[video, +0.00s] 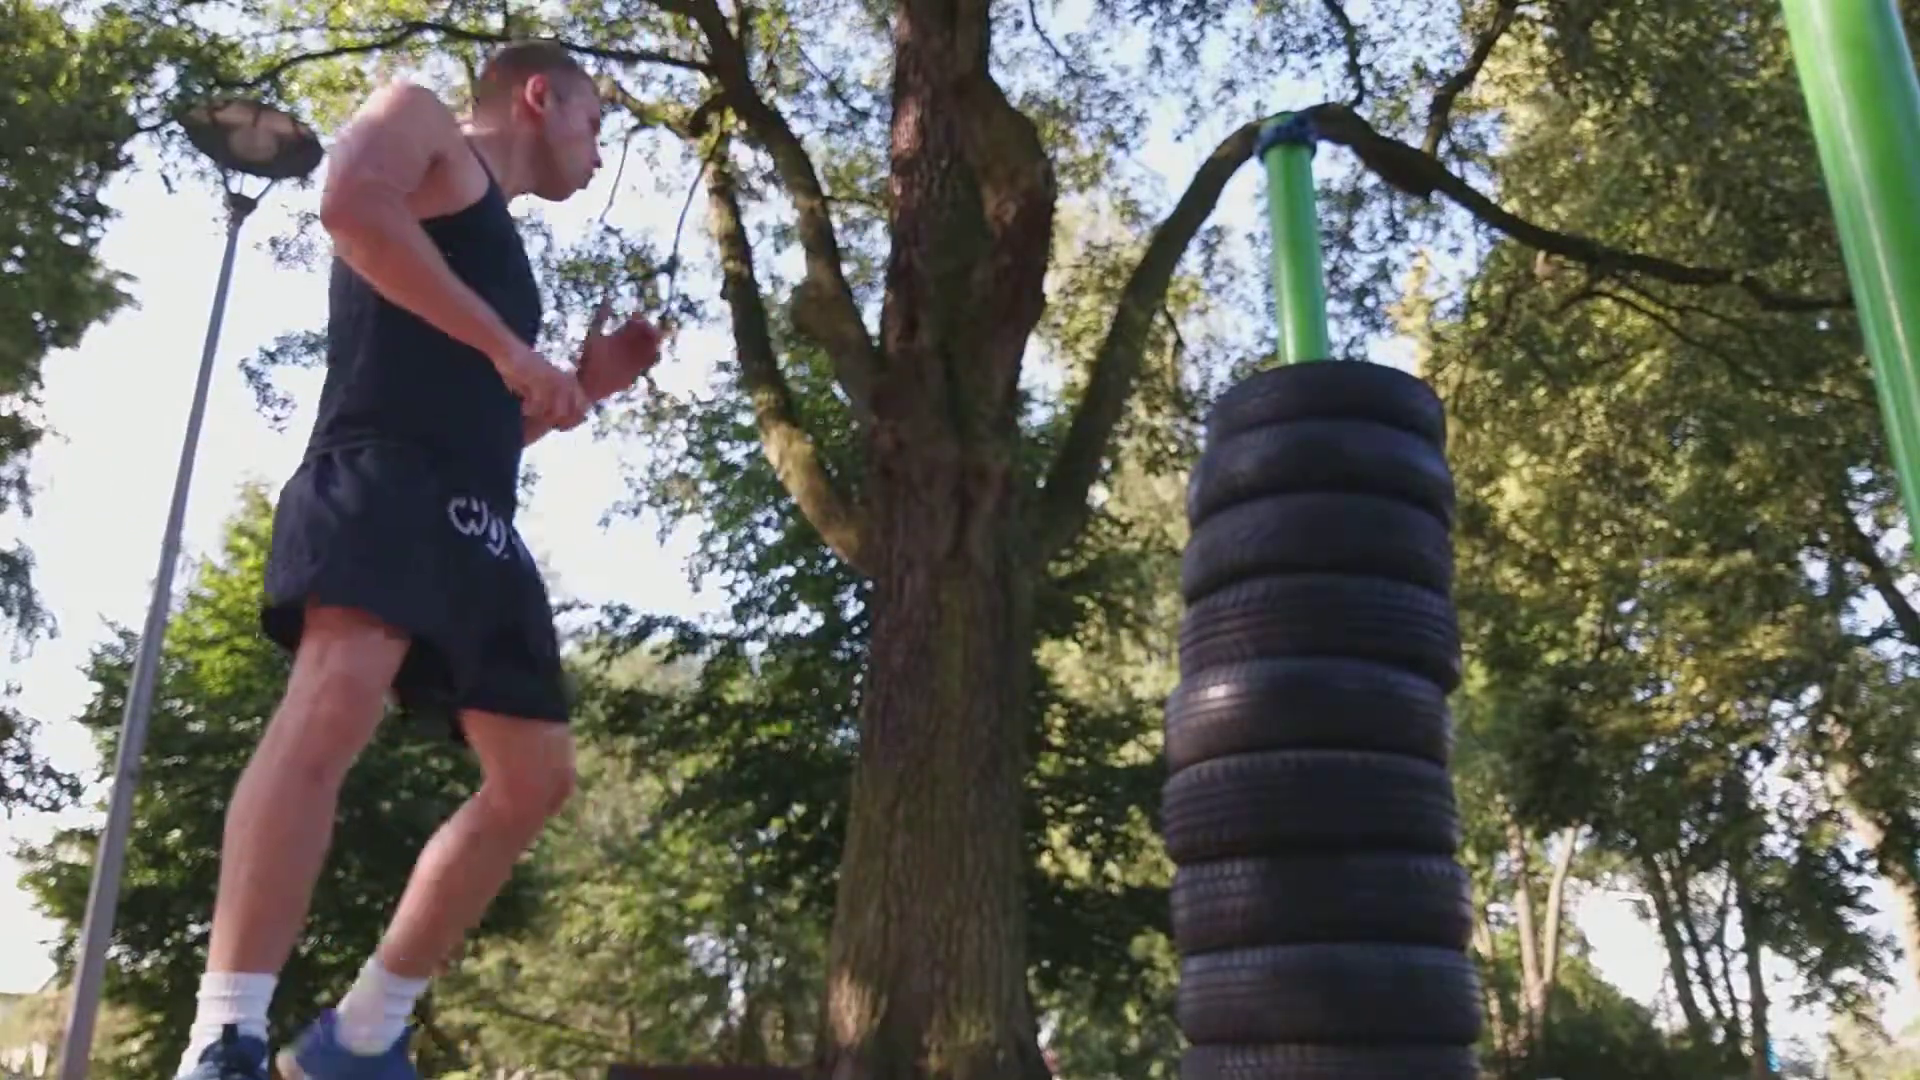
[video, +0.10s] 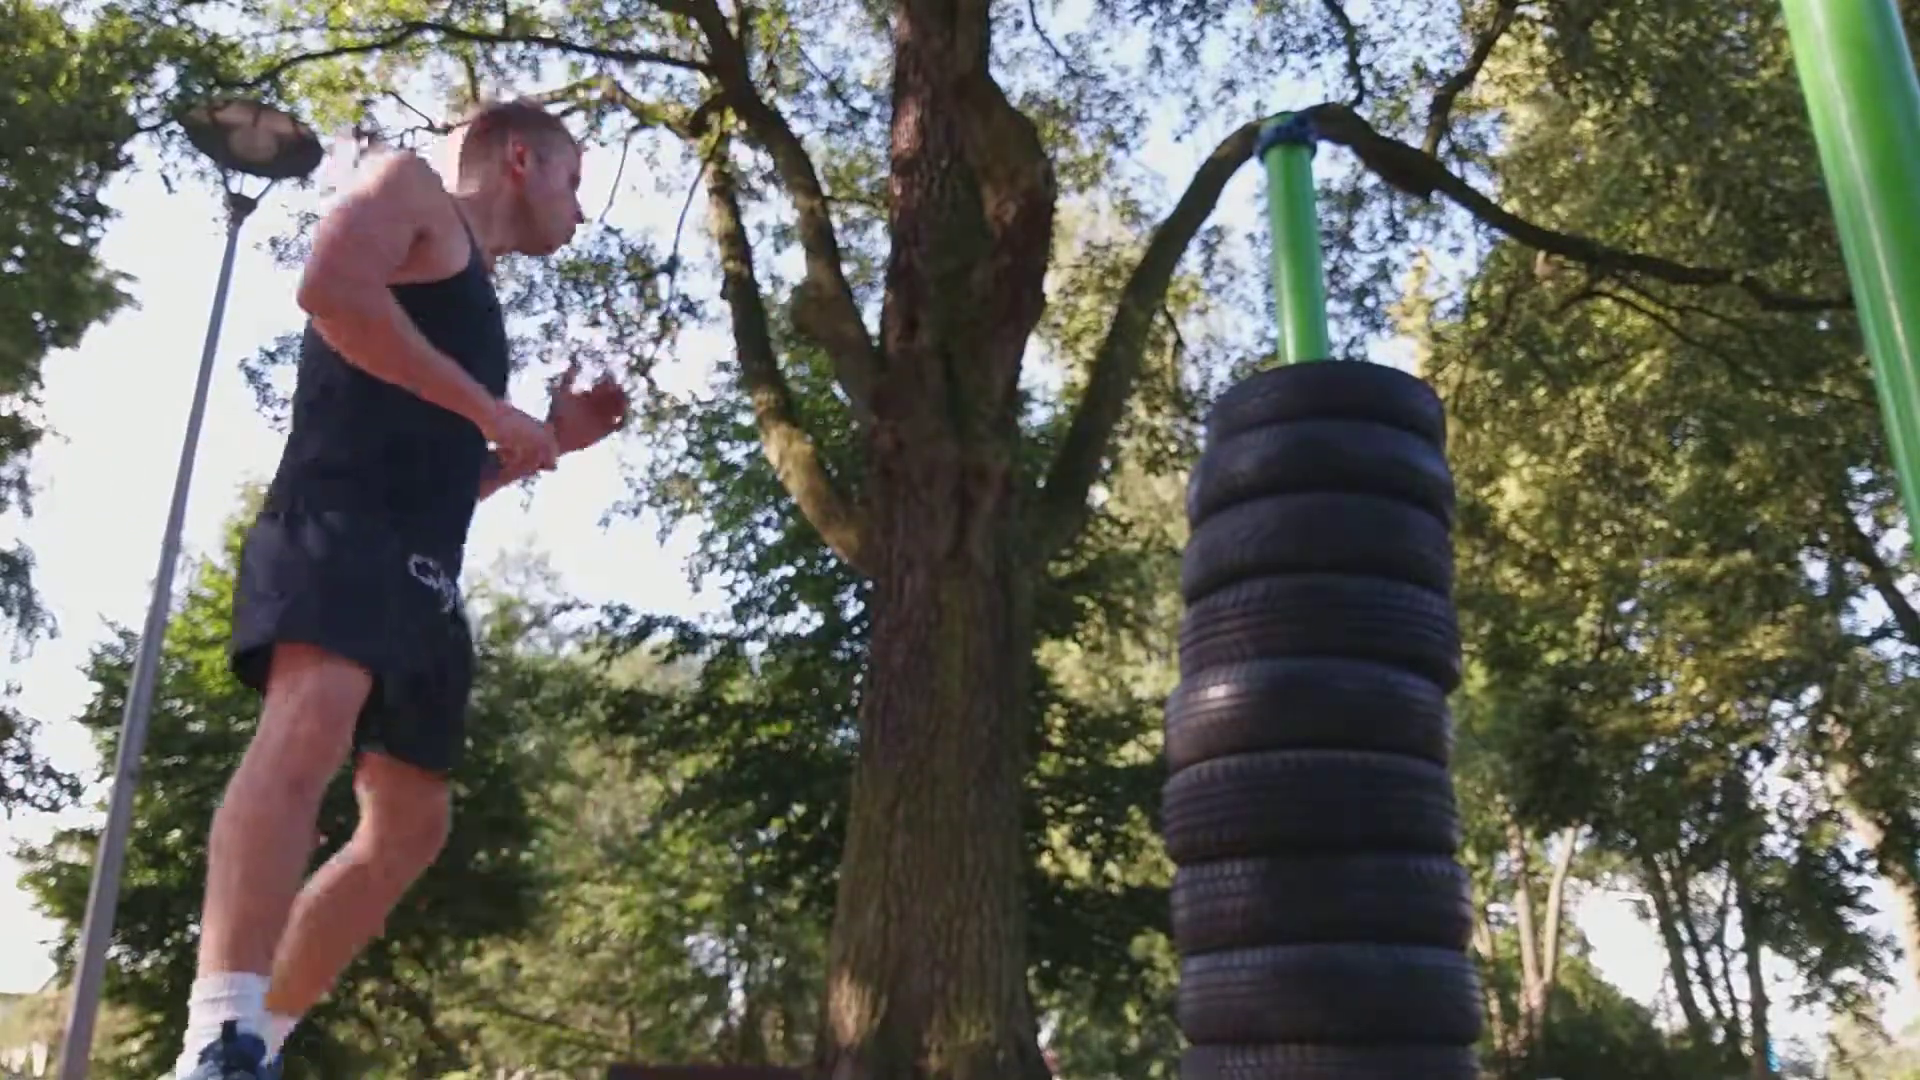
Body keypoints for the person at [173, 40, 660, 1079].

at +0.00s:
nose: (600, 148)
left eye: (604, 127)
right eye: (595, 119)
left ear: (537, 109)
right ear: (537, 96)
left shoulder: (498, 246)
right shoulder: (421, 111)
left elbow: (485, 420)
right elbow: (354, 204)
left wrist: (582, 385)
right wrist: (506, 349)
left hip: (480, 519)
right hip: (385, 479)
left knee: (532, 777)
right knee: (333, 703)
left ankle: (362, 1035)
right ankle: (226, 1040)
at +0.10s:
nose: (578, 215)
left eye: (581, 192)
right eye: (573, 186)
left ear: (518, 170)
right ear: (519, 161)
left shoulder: (472, 292)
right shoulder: (412, 177)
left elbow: (449, 470)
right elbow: (335, 286)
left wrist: (555, 436)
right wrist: (485, 409)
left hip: (424, 565)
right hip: (345, 528)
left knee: (408, 831)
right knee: (309, 726)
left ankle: (254, 1041)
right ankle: (219, 1036)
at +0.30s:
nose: (550, 200)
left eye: (557, 182)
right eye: (546, 173)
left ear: (494, 160)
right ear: (484, 144)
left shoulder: (447, 284)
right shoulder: (374, 169)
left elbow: (388, 446)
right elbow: (283, 257)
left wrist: (485, 442)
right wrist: (443, 349)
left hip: (370, 531)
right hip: (291, 484)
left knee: (339, 769)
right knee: (230, 710)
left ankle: (249, 1045)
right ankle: (114, 1015)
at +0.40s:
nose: (520, 190)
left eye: (525, 173)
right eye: (514, 164)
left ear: (466, 157)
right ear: (450, 138)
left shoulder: (422, 275)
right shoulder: (344, 161)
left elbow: (359, 426)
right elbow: (285, 255)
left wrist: (456, 438)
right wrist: (439, 323)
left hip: (354, 522)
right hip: (264, 479)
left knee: (342, 756)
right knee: (204, 713)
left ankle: (255, 1040)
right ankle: (45, 998)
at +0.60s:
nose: (470, 248)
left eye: (476, 233)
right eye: (462, 222)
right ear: (397, 201)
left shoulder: (372, 356)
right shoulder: (276, 250)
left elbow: (312, 509)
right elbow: (250, 370)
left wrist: (405, 499)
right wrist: (413, 380)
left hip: (310, 627)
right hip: (209, 593)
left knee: (398, 812)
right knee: (123, 796)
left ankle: (258, 1054)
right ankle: (4, 1022)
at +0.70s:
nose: (497, 224)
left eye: (502, 205)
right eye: (491, 197)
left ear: (442, 190)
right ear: (428, 177)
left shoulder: (419, 326)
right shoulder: (300, 219)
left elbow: (350, 459)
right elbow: (203, 335)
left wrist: (418, 454)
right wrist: (366, 397)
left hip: (344, 577)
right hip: (232, 555)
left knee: (430, 769)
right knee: (117, 772)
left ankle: (313, 1009)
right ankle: (9, 1007)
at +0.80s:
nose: (520, 224)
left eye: (525, 206)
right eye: (512, 199)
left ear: (457, 188)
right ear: (449, 177)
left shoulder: (459, 330)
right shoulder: (315, 227)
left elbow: (442, 464)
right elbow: (182, 331)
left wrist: (465, 471)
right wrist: (282, 446)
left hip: (367, 574)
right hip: (256, 548)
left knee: (459, 763)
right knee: (146, 754)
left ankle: (384, 1012)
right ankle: (15, 997)